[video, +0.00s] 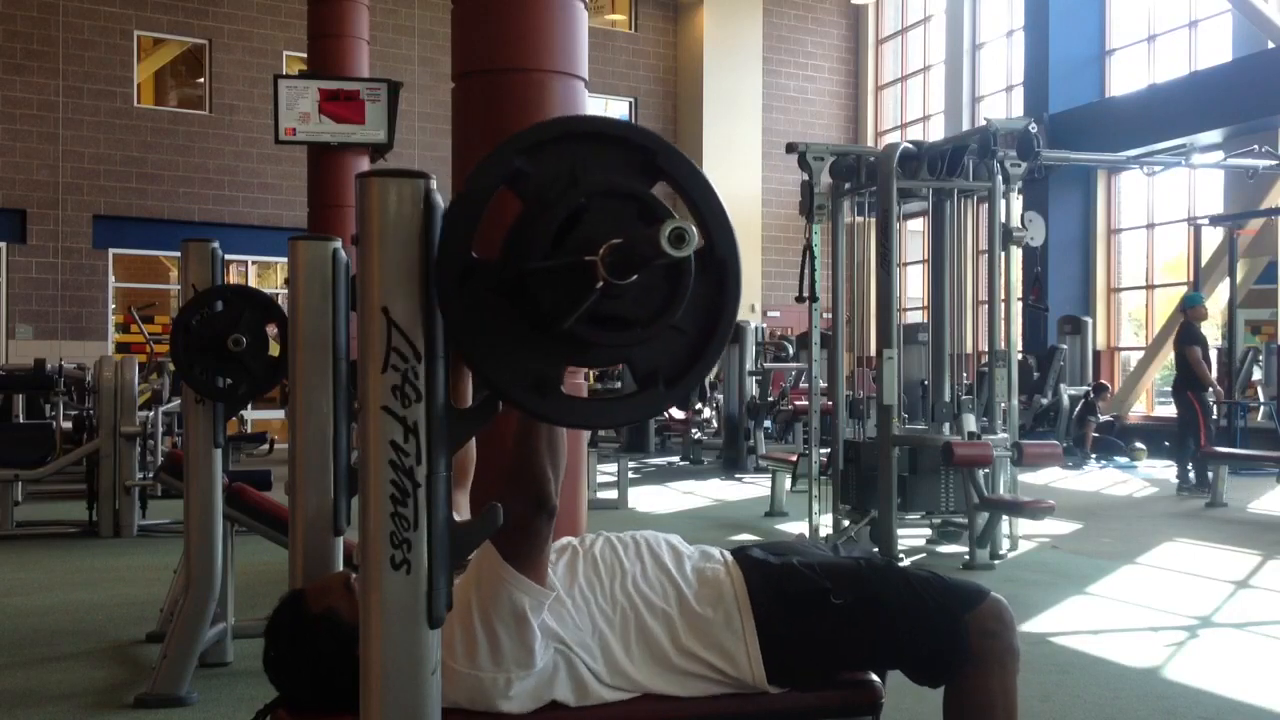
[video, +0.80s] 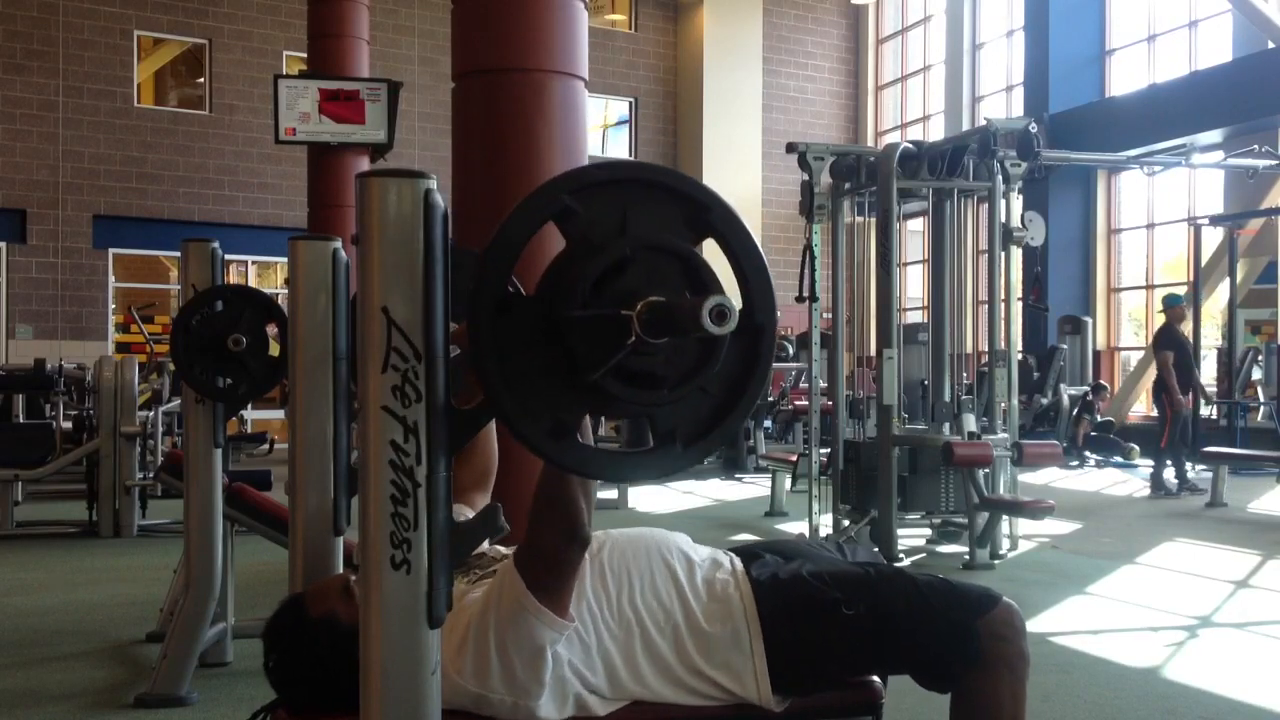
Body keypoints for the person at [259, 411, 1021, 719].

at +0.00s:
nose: (356, 563)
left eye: (336, 567)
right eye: (343, 582)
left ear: (342, 659)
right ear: (358, 634)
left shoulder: (450, 648)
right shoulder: (468, 662)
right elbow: (532, 503)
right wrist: (519, 343)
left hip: (716, 610)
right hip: (750, 604)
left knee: (860, 686)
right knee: (983, 627)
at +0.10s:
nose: (356, 570)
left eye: (338, 577)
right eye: (345, 588)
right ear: (363, 637)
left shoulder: (453, 659)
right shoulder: (473, 672)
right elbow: (529, 502)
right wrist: (536, 317)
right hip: (740, 615)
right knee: (981, 623)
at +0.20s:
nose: (364, 567)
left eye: (345, 571)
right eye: (348, 583)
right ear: (361, 636)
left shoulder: (448, 635)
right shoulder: (479, 673)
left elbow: (459, 485)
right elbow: (545, 513)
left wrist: (478, 376)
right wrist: (547, 331)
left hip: (719, 579)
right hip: (748, 611)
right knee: (985, 626)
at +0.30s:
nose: (364, 566)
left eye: (347, 570)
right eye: (350, 583)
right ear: (361, 635)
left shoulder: (452, 634)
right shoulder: (484, 666)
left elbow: (461, 483)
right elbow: (550, 515)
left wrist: (476, 372)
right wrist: (551, 342)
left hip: (724, 581)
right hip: (750, 612)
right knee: (986, 626)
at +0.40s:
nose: (365, 565)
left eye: (348, 569)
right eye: (351, 583)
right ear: (361, 639)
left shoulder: (438, 616)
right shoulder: (481, 669)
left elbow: (459, 480)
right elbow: (554, 513)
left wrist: (478, 368)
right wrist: (550, 347)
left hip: (722, 576)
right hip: (748, 610)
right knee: (987, 626)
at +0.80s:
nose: (364, 570)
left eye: (349, 572)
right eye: (349, 587)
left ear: (345, 667)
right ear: (358, 647)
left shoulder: (445, 646)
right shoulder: (480, 672)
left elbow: (462, 491)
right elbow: (557, 537)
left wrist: (481, 385)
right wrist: (537, 374)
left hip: (731, 581)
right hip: (755, 617)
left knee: (860, 681)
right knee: (991, 630)